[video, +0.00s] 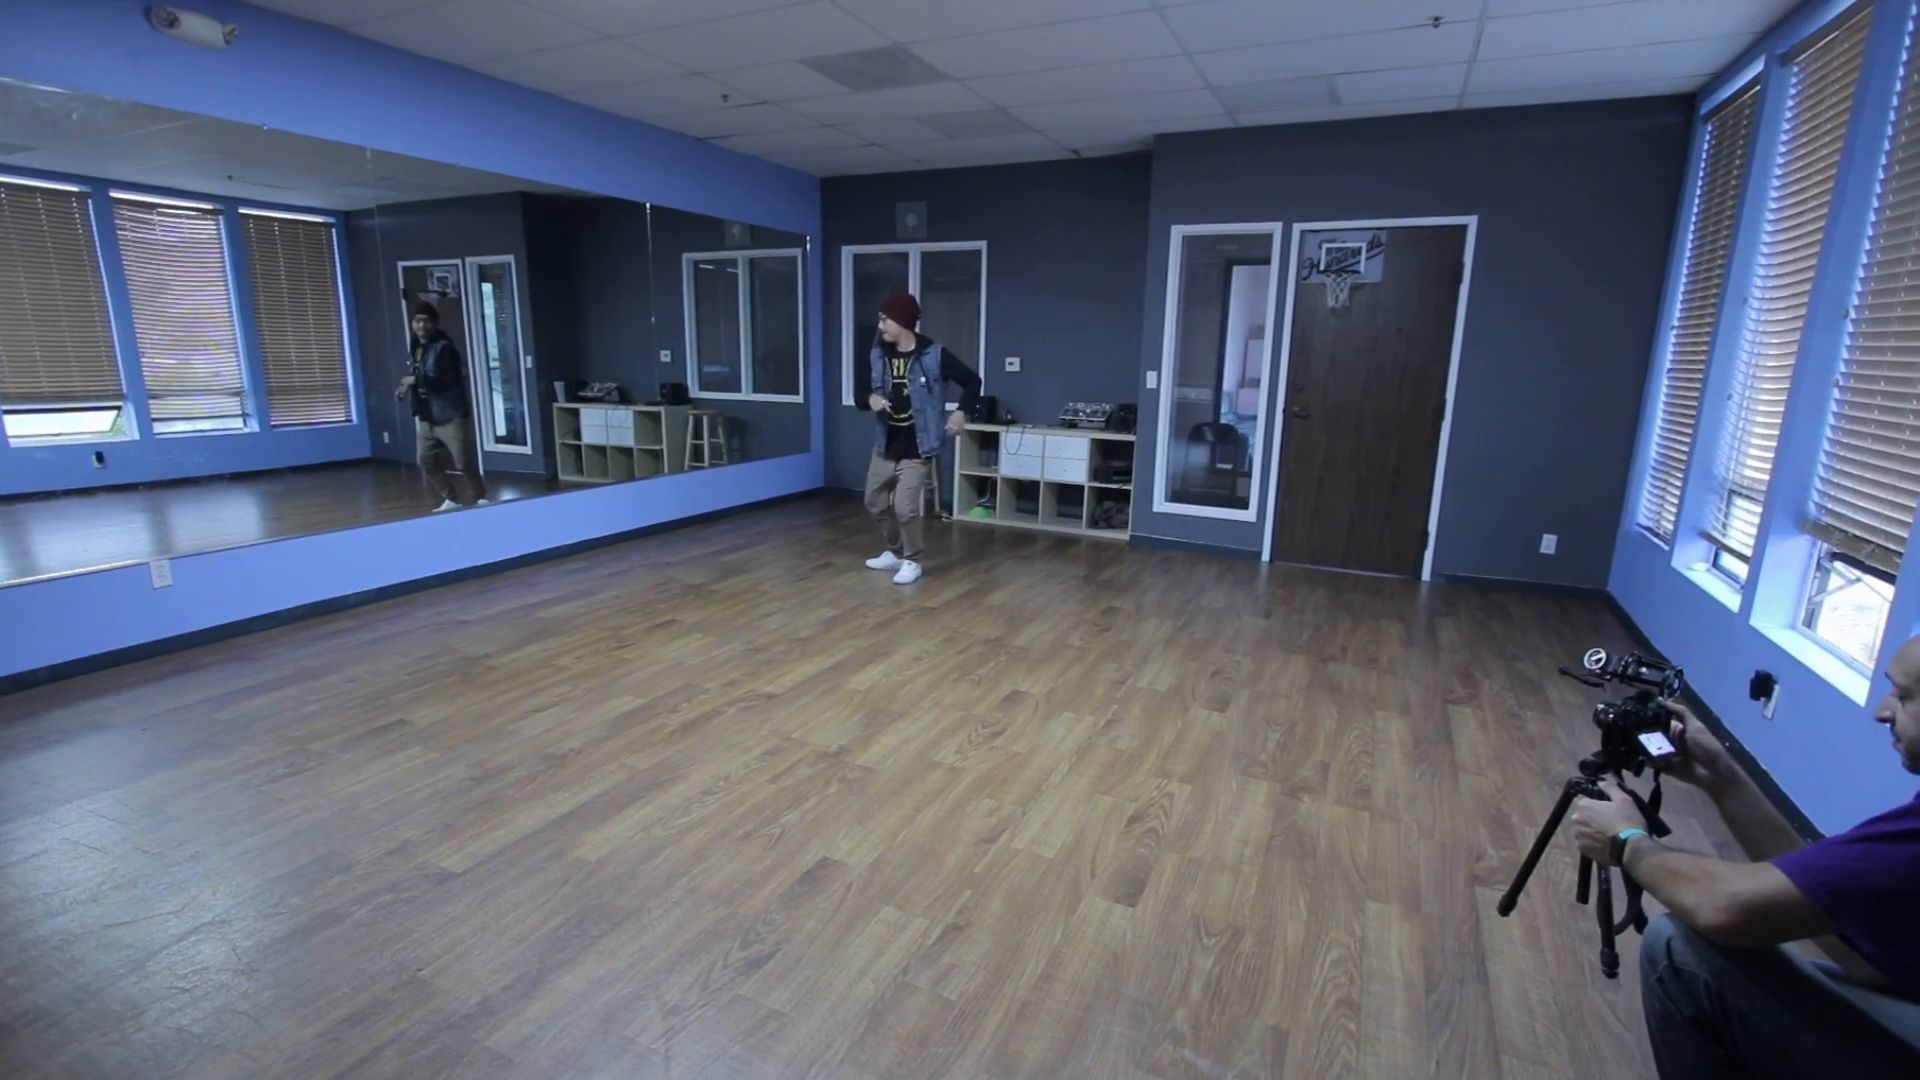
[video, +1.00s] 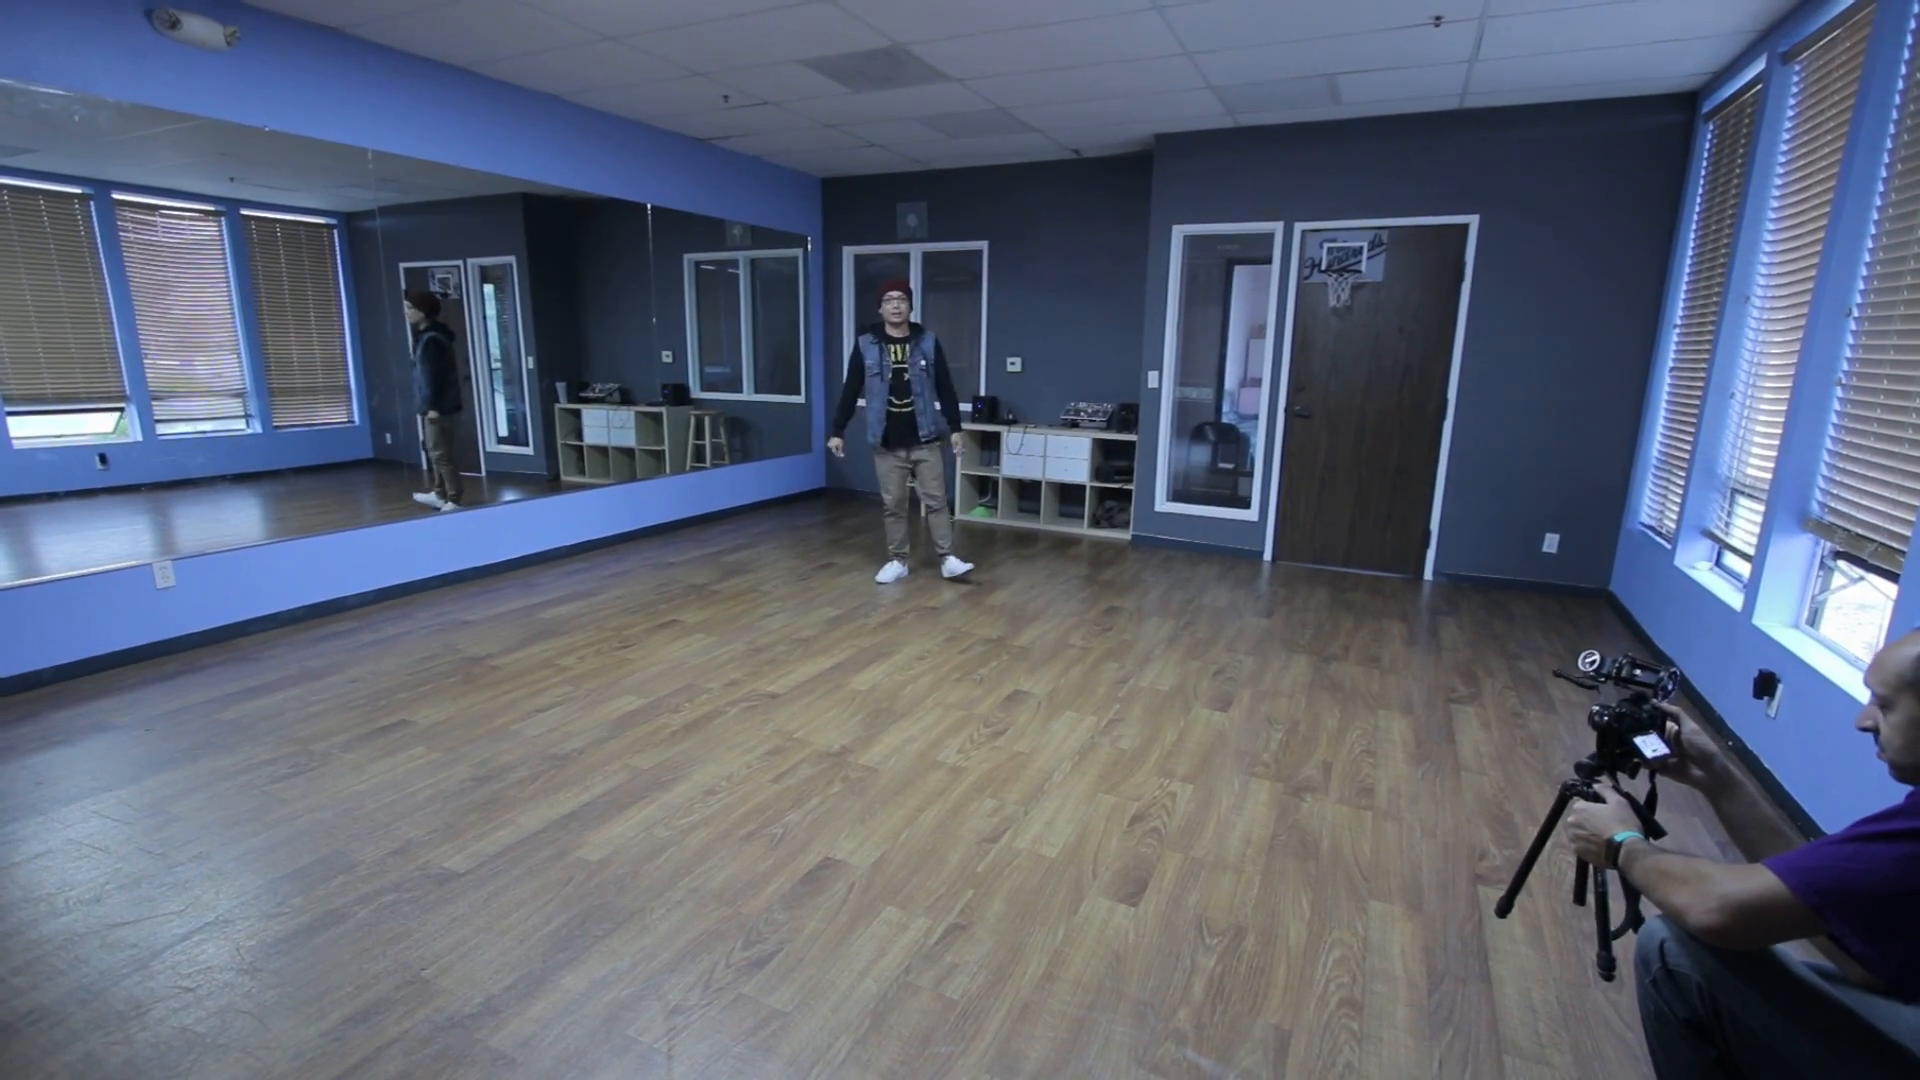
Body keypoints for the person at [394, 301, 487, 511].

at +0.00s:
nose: (420, 325)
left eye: (425, 321)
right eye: (416, 321)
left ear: (434, 324)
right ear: (412, 325)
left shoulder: (445, 348)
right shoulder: (417, 349)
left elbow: (445, 380)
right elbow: (420, 376)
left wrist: (416, 380)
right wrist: (407, 387)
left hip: (450, 413)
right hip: (426, 414)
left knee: (462, 462)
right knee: (426, 461)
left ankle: (480, 496)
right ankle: (450, 498)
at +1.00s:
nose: (407, 313)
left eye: (410, 309)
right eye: (406, 309)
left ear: (423, 312)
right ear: (423, 312)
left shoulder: (432, 340)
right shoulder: (426, 337)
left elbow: (433, 376)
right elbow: (428, 375)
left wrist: (432, 406)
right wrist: (425, 404)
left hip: (439, 406)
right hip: (433, 404)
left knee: (439, 452)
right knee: (433, 451)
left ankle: (453, 497)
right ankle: (438, 491)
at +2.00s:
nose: (364, 319)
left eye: (367, 314)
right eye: (364, 314)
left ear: (380, 316)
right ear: (379, 317)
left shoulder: (391, 339)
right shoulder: (383, 339)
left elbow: (392, 374)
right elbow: (386, 376)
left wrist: (391, 404)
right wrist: (383, 404)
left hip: (406, 403)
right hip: (397, 404)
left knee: (408, 451)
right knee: (400, 453)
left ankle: (425, 497)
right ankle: (417, 496)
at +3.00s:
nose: (275, 331)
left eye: (278, 327)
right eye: (275, 326)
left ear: (290, 330)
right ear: (303, 327)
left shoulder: (299, 354)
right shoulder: (323, 342)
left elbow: (300, 392)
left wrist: (299, 427)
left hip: (350, 411)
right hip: (372, 405)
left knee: (329, 458)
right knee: (392, 453)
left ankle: (340, 506)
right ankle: (417, 495)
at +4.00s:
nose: (334, 306)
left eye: (339, 303)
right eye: (335, 302)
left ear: (351, 309)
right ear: (358, 309)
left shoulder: (349, 338)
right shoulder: (376, 332)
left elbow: (348, 378)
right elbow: (382, 372)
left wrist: (345, 409)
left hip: (361, 411)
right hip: (382, 407)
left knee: (351, 458)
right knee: (377, 456)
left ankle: (375, 505)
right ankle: (381, 504)